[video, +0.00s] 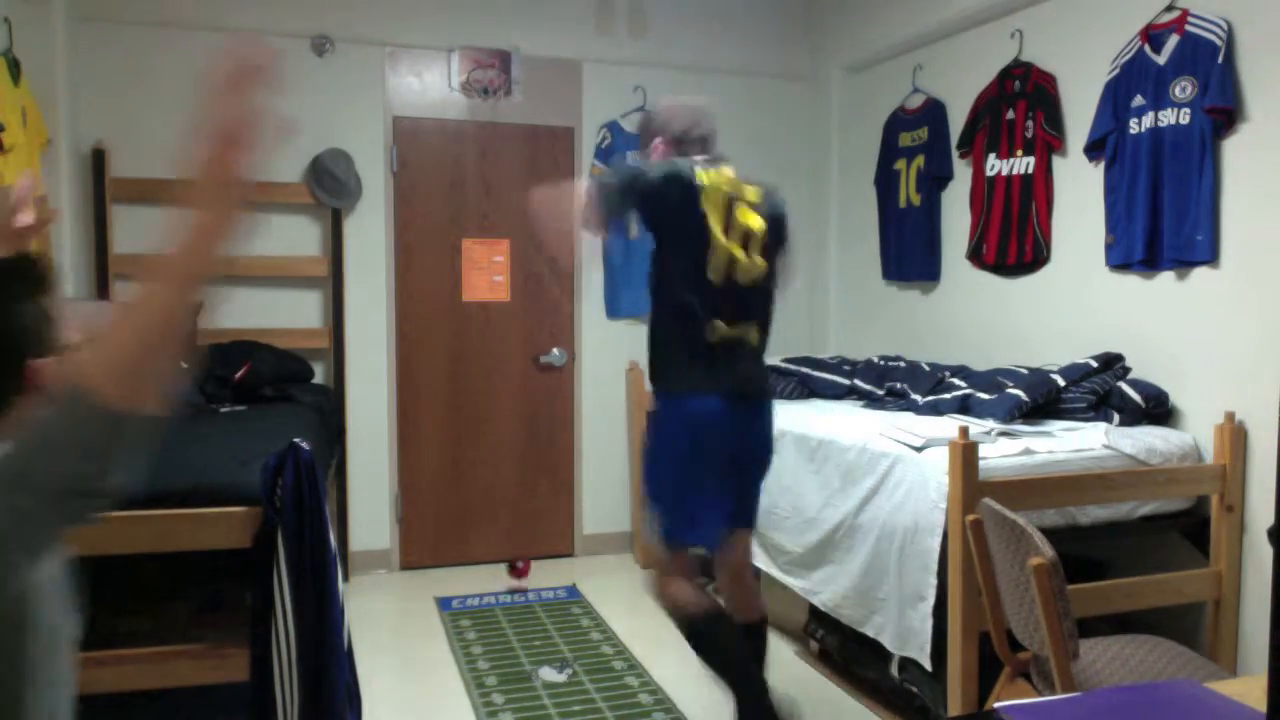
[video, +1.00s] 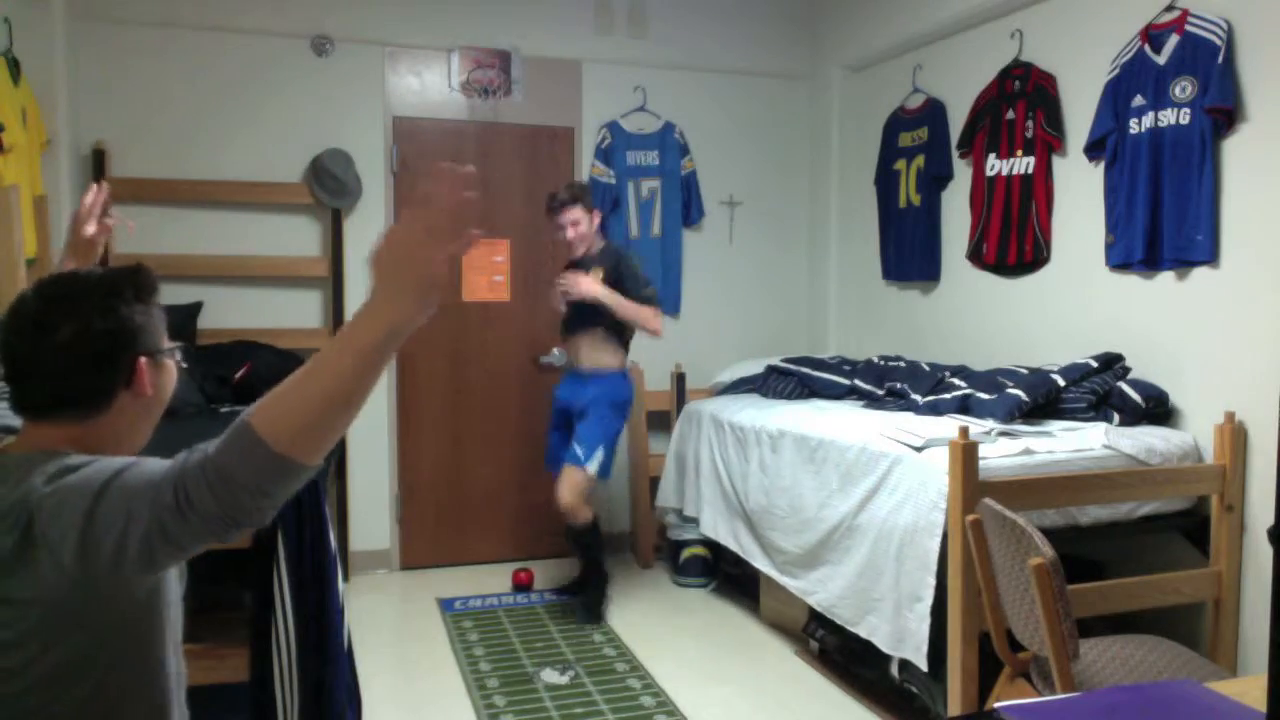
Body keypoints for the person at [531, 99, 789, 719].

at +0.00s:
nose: (644, 156)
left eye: (645, 146)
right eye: (646, 147)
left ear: (662, 145)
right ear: (710, 142)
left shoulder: (665, 186)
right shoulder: (763, 202)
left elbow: (559, 200)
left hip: (686, 407)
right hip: (750, 404)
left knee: (676, 574)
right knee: (737, 565)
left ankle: (751, 693)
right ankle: (755, 706)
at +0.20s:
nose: (601, 293)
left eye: (598, 280)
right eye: (596, 284)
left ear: (609, 262)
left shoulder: (633, 264)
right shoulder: (704, 279)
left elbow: (685, 295)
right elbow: (780, 333)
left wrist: (659, 380)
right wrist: (735, 377)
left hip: (691, 432)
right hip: (743, 436)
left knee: (627, 551)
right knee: (734, 582)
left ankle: (657, 690)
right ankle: (759, 713)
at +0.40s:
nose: (577, 265)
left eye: (574, 257)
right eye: (574, 258)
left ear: (590, 243)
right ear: (615, 237)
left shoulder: (598, 276)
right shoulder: (674, 268)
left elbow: (584, 359)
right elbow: (720, 342)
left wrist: (570, 338)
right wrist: (672, 331)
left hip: (649, 416)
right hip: (692, 413)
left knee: (623, 553)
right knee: (659, 530)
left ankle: (665, 688)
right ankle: (715, 642)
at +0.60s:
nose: (575, 265)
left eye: (574, 255)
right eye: (571, 257)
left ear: (593, 240)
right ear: (603, 239)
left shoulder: (611, 283)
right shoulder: (652, 277)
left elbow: (605, 363)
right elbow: (673, 355)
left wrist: (567, 386)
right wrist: (619, 370)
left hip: (622, 414)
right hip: (652, 411)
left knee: (557, 526)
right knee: (629, 509)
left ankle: (591, 655)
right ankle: (630, 603)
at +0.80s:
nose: (573, 263)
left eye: (574, 252)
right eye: (568, 255)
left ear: (596, 239)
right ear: (587, 245)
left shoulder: (632, 281)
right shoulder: (602, 282)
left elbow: (630, 357)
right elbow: (592, 341)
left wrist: (573, 368)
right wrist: (561, 354)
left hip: (611, 405)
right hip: (591, 400)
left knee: (561, 507)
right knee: (585, 506)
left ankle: (570, 630)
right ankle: (630, 595)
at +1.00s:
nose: (569, 234)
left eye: (575, 223)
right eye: (562, 227)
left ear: (595, 219)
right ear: (557, 229)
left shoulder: (618, 263)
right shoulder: (572, 270)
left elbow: (655, 323)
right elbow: (575, 337)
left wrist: (598, 293)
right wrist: (562, 308)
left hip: (608, 387)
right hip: (572, 384)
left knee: (569, 494)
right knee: (569, 492)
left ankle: (596, 586)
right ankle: (586, 576)